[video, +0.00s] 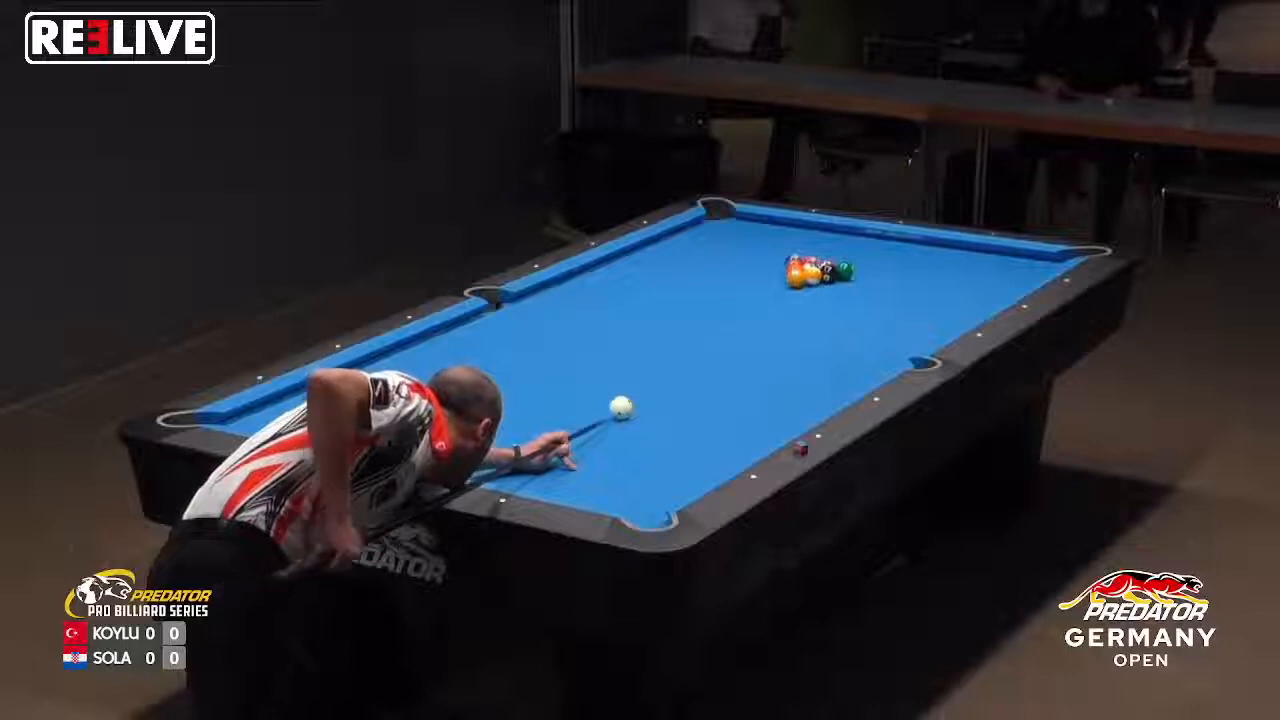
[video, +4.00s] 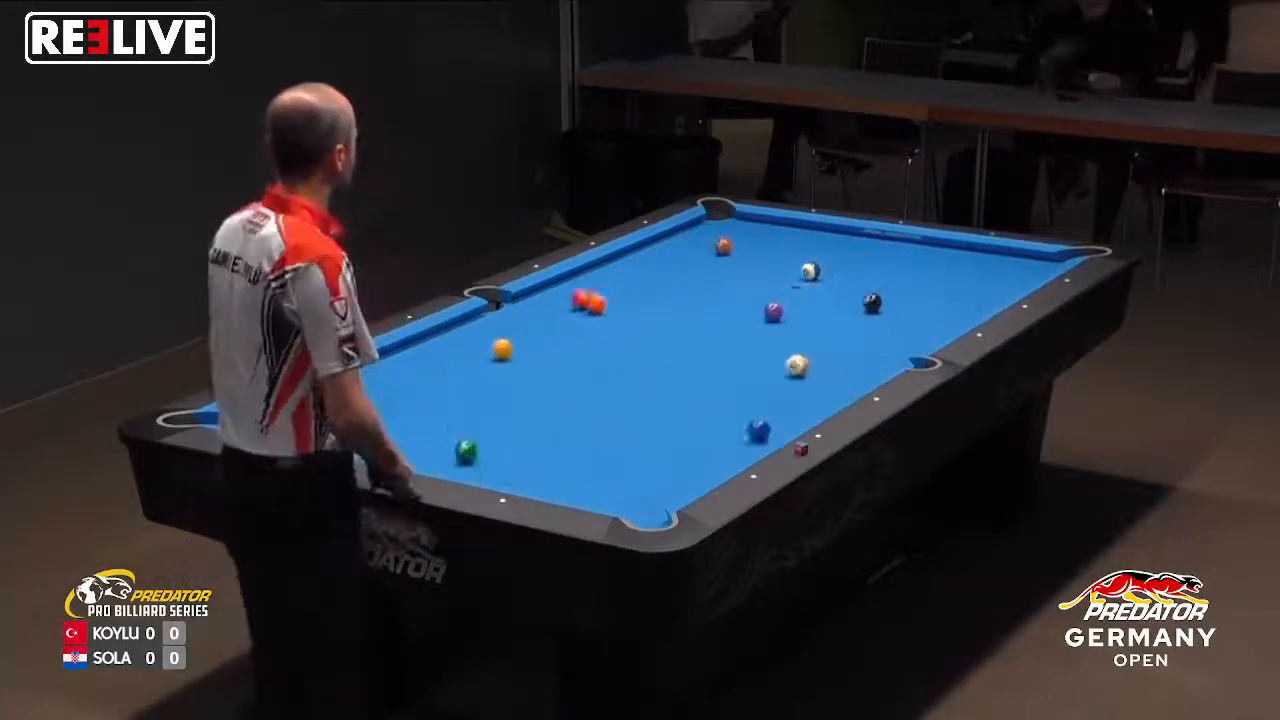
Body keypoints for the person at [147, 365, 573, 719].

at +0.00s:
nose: (490, 445)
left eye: (492, 436)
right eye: (493, 434)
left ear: (443, 407)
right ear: (483, 426)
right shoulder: (412, 399)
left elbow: (455, 456)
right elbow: (330, 386)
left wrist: (519, 458)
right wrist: (337, 518)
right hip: (228, 558)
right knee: (240, 704)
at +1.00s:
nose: (490, 447)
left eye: (493, 439)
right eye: (494, 435)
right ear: (485, 428)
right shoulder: (414, 399)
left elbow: (453, 459)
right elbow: (331, 388)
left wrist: (519, 458)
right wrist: (352, 505)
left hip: (189, 554)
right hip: (232, 558)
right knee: (246, 701)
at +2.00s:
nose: (484, 374)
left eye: (487, 362)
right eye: (487, 361)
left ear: (419, 336)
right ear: (474, 358)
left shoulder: (370, 365)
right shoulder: (404, 384)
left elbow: (415, 449)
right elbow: (392, 513)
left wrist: (510, 452)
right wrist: (427, 487)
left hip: (198, 538)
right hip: (248, 548)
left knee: (242, 694)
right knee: (274, 697)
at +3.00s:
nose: (410, 244)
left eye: (407, 231)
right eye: (409, 234)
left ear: (330, 239)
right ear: (397, 251)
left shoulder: (289, 302)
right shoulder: (343, 334)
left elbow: (337, 415)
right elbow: (348, 482)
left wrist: (429, 432)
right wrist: (407, 512)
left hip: (211, 538)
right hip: (252, 556)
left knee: (252, 696)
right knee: (277, 699)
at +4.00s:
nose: (354, 156)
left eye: (353, 143)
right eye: (353, 145)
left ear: (276, 148)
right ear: (339, 156)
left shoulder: (232, 232)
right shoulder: (313, 257)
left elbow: (244, 363)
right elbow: (348, 413)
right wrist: (389, 461)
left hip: (241, 473)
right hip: (303, 484)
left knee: (277, 651)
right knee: (329, 651)